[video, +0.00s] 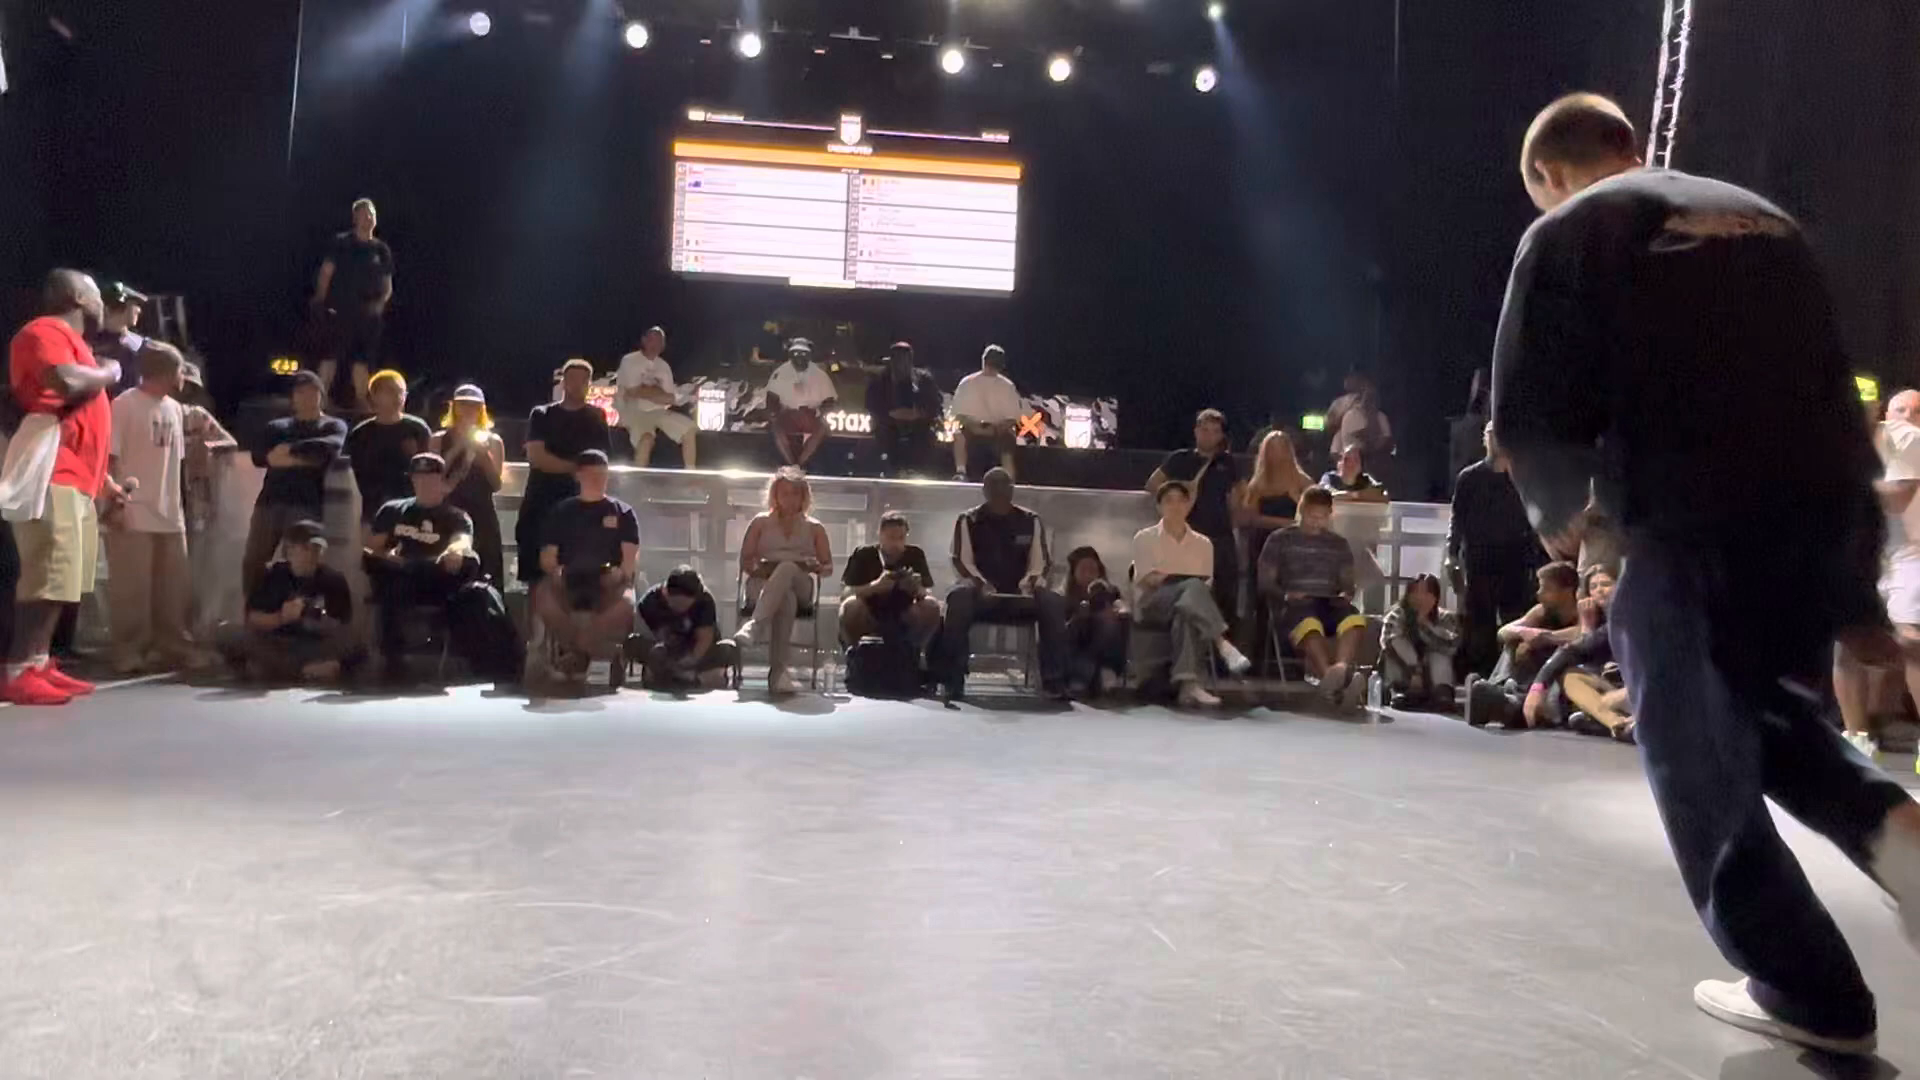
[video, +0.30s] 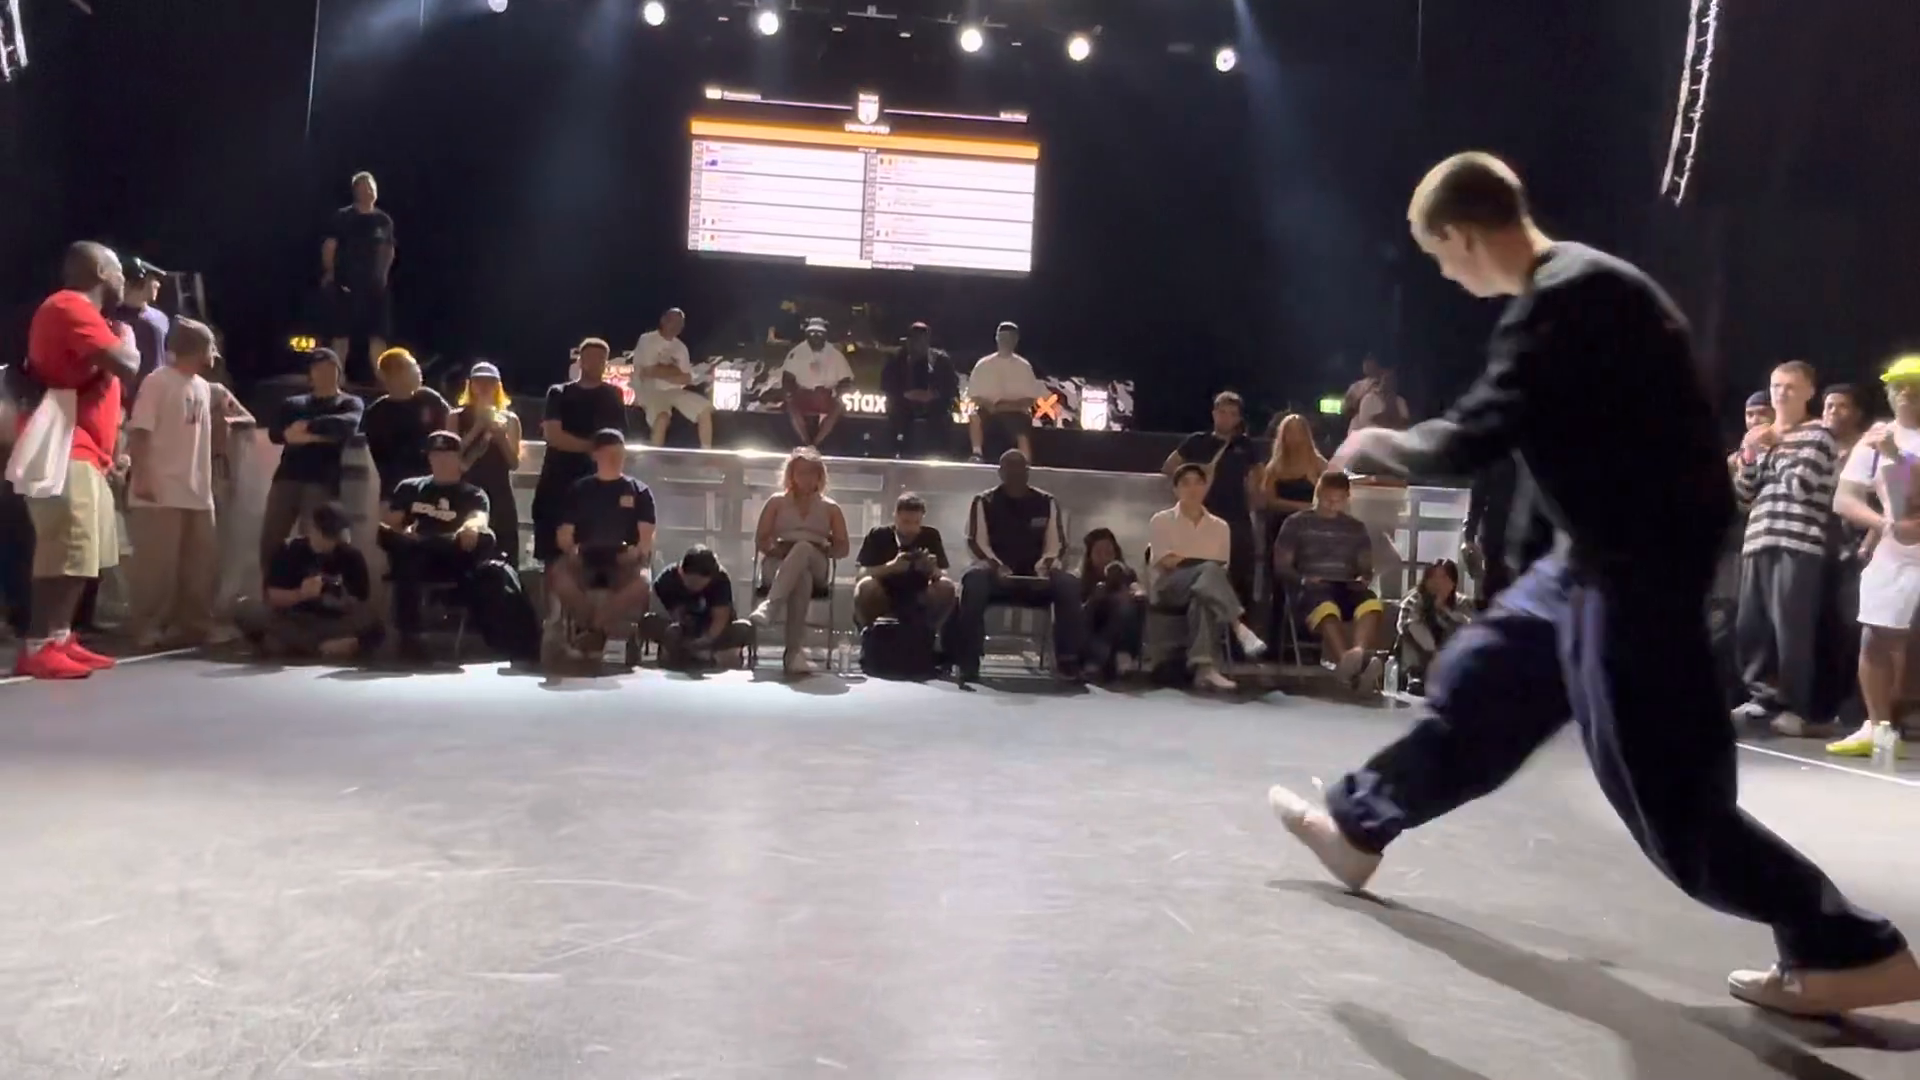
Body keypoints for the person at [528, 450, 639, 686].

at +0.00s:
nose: (595, 480)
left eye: (599, 474)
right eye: (589, 474)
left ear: (607, 476)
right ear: (578, 476)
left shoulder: (622, 513)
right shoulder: (561, 511)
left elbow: (629, 565)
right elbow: (547, 557)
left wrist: (608, 580)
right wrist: (563, 576)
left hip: (606, 576)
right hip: (568, 576)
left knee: (626, 604)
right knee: (543, 594)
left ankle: (576, 651)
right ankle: (582, 650)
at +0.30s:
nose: (612, 458)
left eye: (616, 451)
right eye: (606, 452)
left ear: (623, 454)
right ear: (595, 455)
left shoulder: (639, 492)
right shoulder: (578, 489)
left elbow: (645, 543)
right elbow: (563, 535)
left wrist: (620, 560)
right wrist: (578, 556)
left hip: (621, 554)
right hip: (585, 554)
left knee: (642, 582)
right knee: (559, 573)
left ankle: (595, 626)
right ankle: (594, 625)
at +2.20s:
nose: (670, 412)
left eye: (674, 407)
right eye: (664, 407)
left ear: (681, 409)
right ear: (652, 410)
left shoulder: (696, 447)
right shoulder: (635, 444)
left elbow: (703, 492)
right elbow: (622, 488)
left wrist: (691, 508)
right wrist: (632, 505)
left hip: (678, 507)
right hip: (642, 506)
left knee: (697, 538)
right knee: (618, 530)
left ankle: (644, 584)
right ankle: (651, 585)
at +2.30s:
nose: (671, 411)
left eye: (675, 405)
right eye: (665, 405)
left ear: (682, 407)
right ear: (653, 408)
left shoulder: (697, 444)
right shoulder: (636, 442)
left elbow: (704, 490)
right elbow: (623, 485)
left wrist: (693, 505)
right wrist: (633, 503)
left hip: (679, 504)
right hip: (644, 503)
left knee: (697, 536)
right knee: (618, 526)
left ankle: (644, 582)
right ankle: (650, 583)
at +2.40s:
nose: (672, 410)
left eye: (677, 404)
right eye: (667, 404)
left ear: (683, 406)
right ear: (655, 407)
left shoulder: (698, 443)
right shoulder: (637, 441)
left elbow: (705, 488)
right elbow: (624, 484)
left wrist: (694, 505)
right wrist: (635, 502)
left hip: (680, 503)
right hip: (645, 502)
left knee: (699, 535)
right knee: (620, 525)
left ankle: (647, 580)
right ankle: (652, 581)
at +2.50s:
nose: (674, 408)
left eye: (678, 403)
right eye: (669, 403)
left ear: (685, 405)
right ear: (657, 406)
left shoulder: (700, 443)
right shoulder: (639, 440)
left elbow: (707, 486)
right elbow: (626, 483)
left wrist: (696, 504)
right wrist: (637, 502)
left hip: (682, 502)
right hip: (647, 500)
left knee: (700, 534)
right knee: (621, 524)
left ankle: (649, 580)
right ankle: (654, 580)